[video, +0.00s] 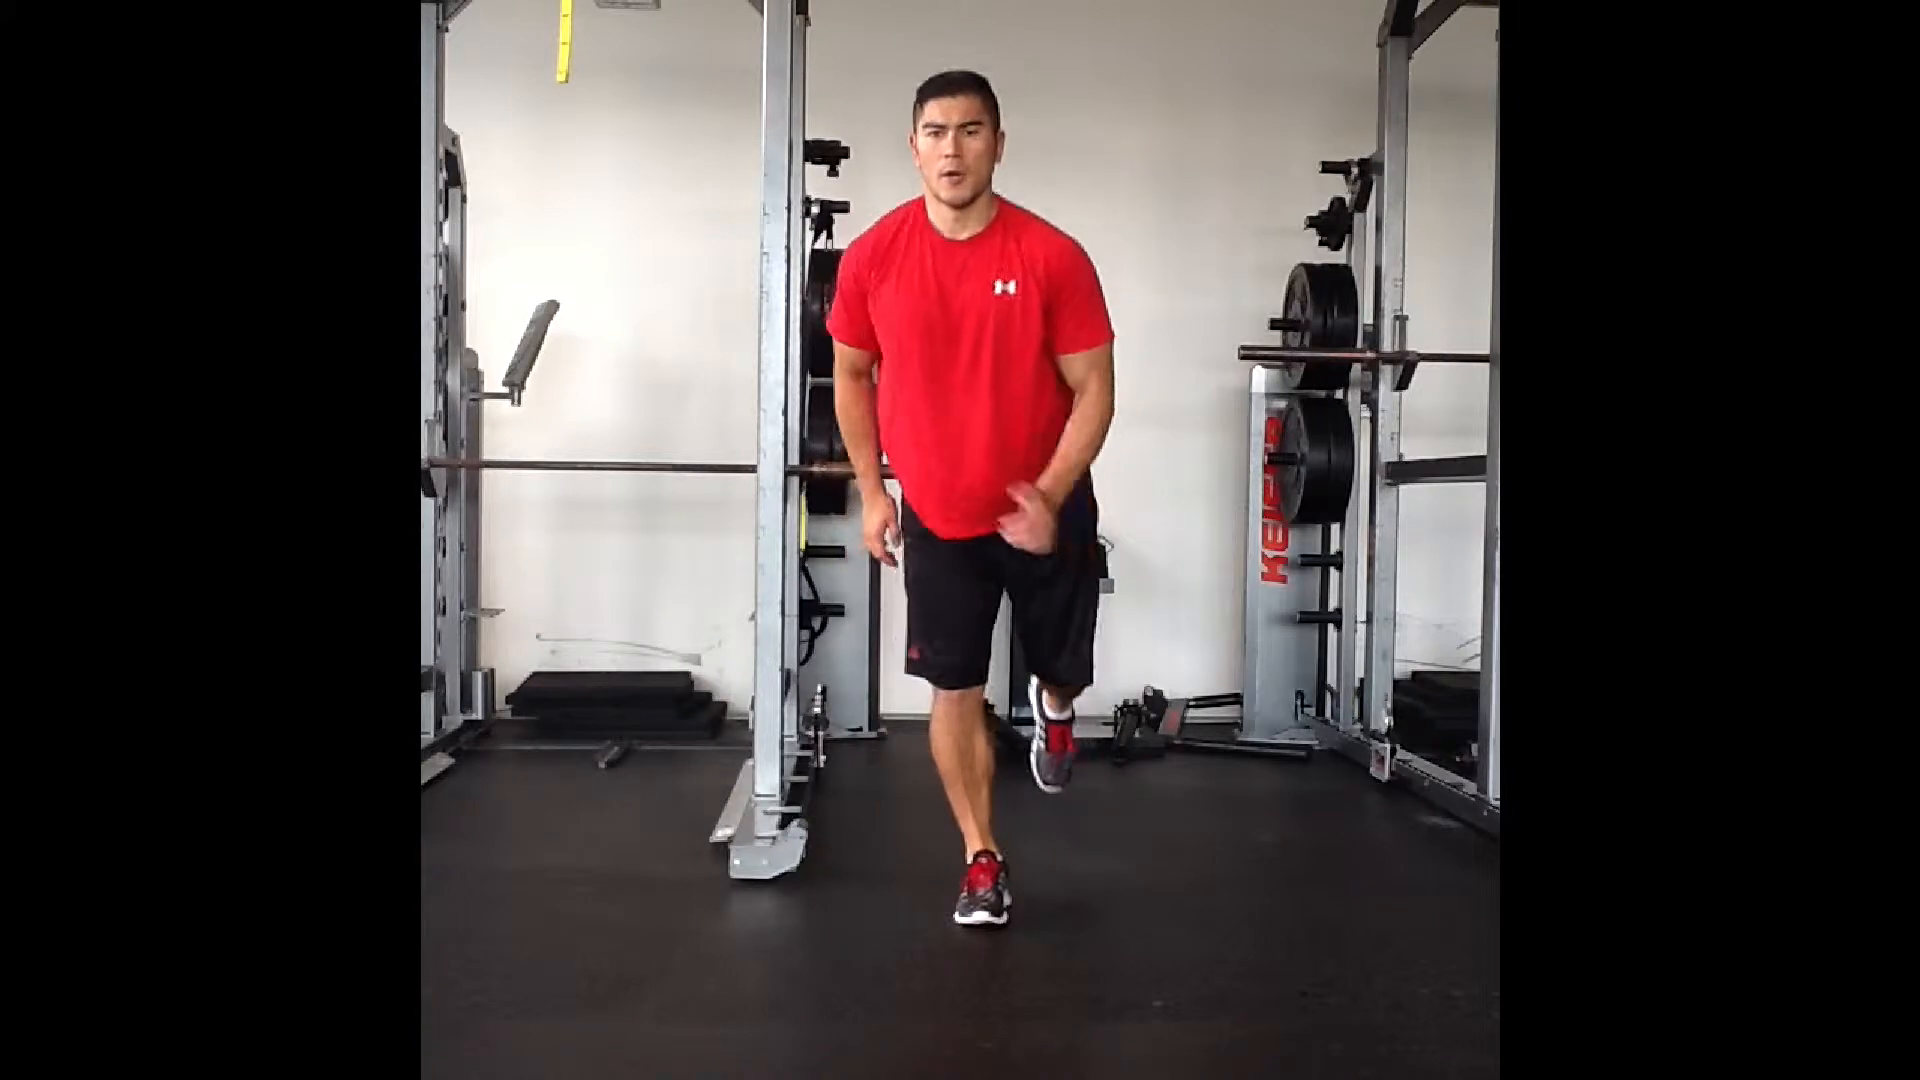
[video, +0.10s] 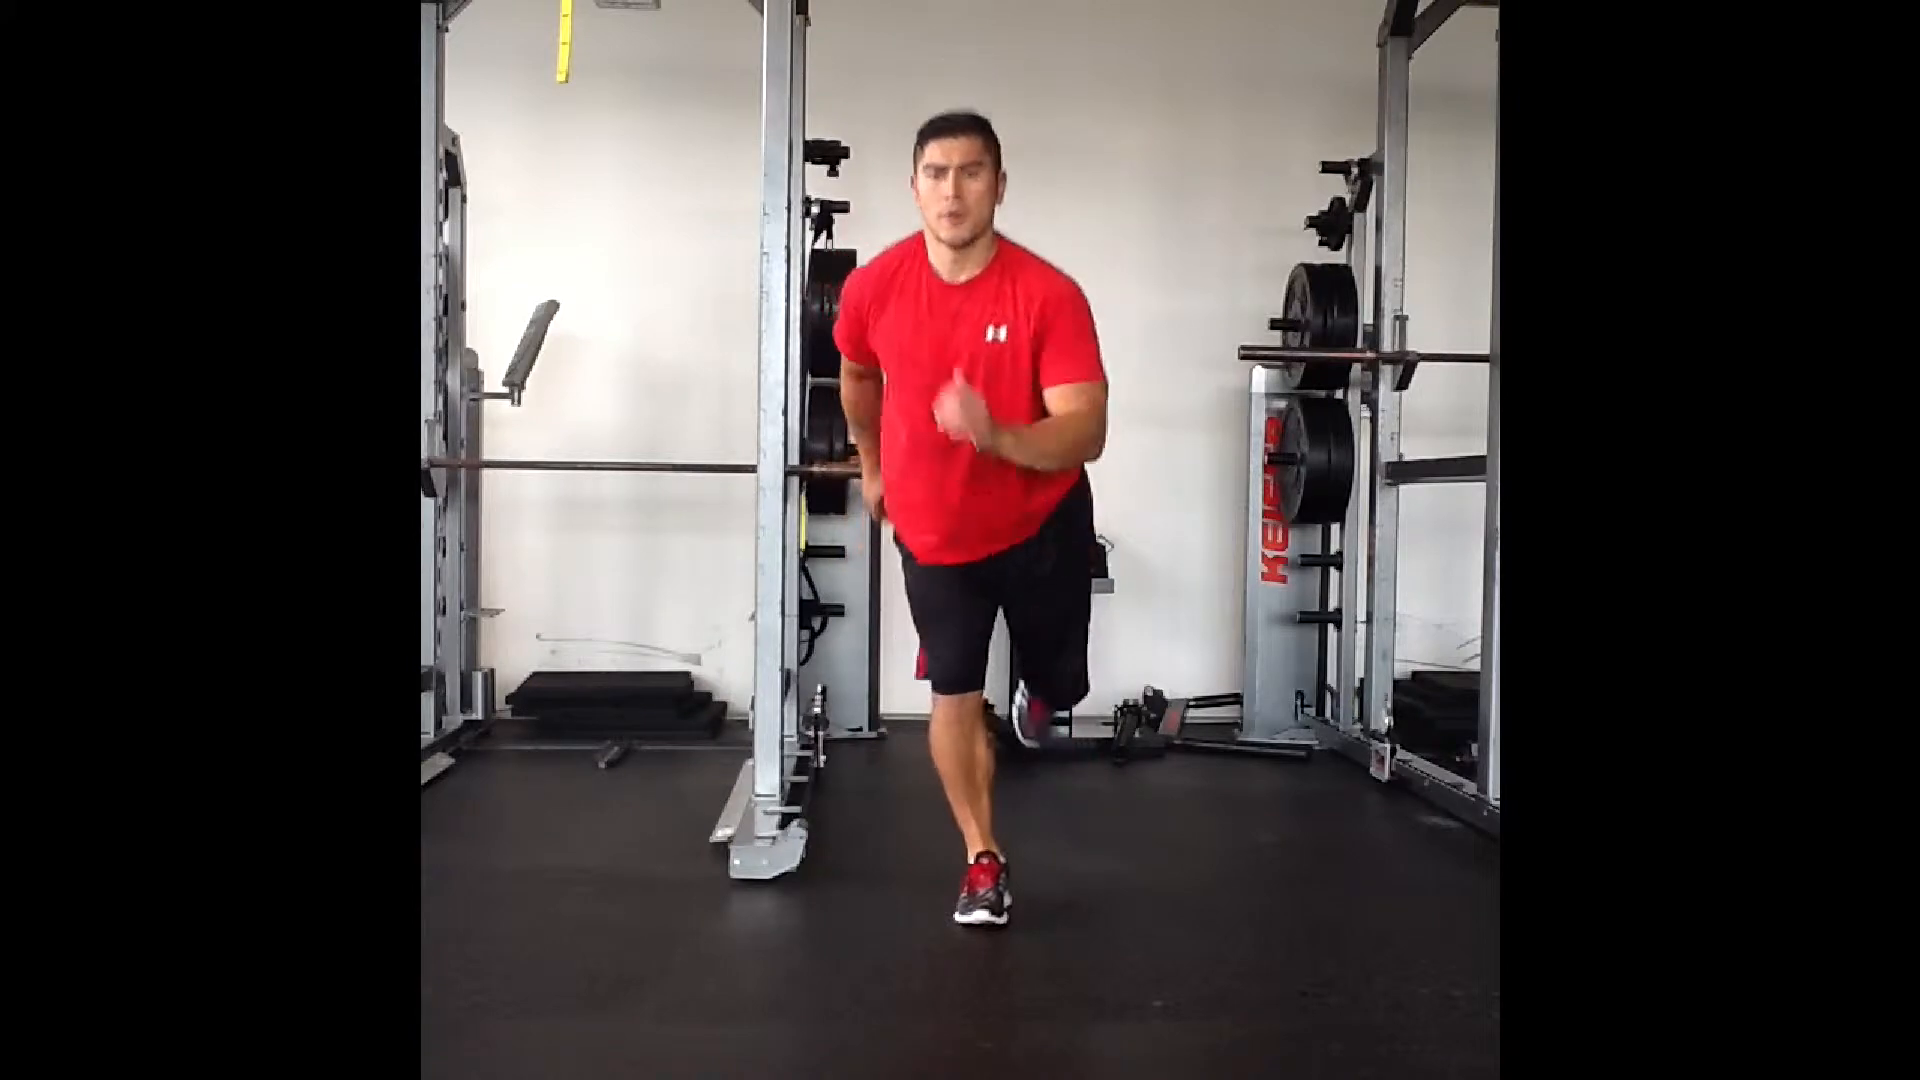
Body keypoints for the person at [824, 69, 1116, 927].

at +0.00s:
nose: (951, 147)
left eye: (969, 130)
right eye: (935, 131)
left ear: (997, 144)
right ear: (913, 146)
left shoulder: (1053, 259)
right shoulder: (870, 260)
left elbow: (1096, 390)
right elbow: (851, 374)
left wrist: (1051, 495)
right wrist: (871, 491)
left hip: (1047, 506)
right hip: (939, 514)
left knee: (1061, 662)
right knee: (953, 684)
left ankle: (1056, 718)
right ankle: (980, 858)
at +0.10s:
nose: (952, 189)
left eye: (970, 173)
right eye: (936, 173)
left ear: (999, 188)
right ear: (914, 188)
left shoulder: (1050, 297)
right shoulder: (872, 290)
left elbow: (1086, 433)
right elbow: (858, 375)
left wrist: (999, 436)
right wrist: (871, 463)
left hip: (1042, 525)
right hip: (936, 536)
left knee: (1055, 671)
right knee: (956, 686)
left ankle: (1040, 698)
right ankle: (982, 859)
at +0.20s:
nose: (951, 243)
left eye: (968, 227)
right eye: (934, 228)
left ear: (997, 240)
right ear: (914, 242)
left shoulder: (1041, 339)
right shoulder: (875, 329)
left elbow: (1054, 454)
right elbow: (893, 412)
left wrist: (960, 361)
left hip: (1043, 553)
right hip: (941, 555)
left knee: (1031, 695)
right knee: (959, 692)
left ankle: (994, 728)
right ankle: (982, 859)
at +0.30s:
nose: (946, 290)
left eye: (965, 274)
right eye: (930, 275)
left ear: (995, 284)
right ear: (909, 286)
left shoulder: (1034, 370)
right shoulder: (878, 357)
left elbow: (1026, 470)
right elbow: (900, 432)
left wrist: (956, 363)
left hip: (1043, 577)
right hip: (945, 572)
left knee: (996, 705)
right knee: (961, 698)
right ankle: (983, 860)